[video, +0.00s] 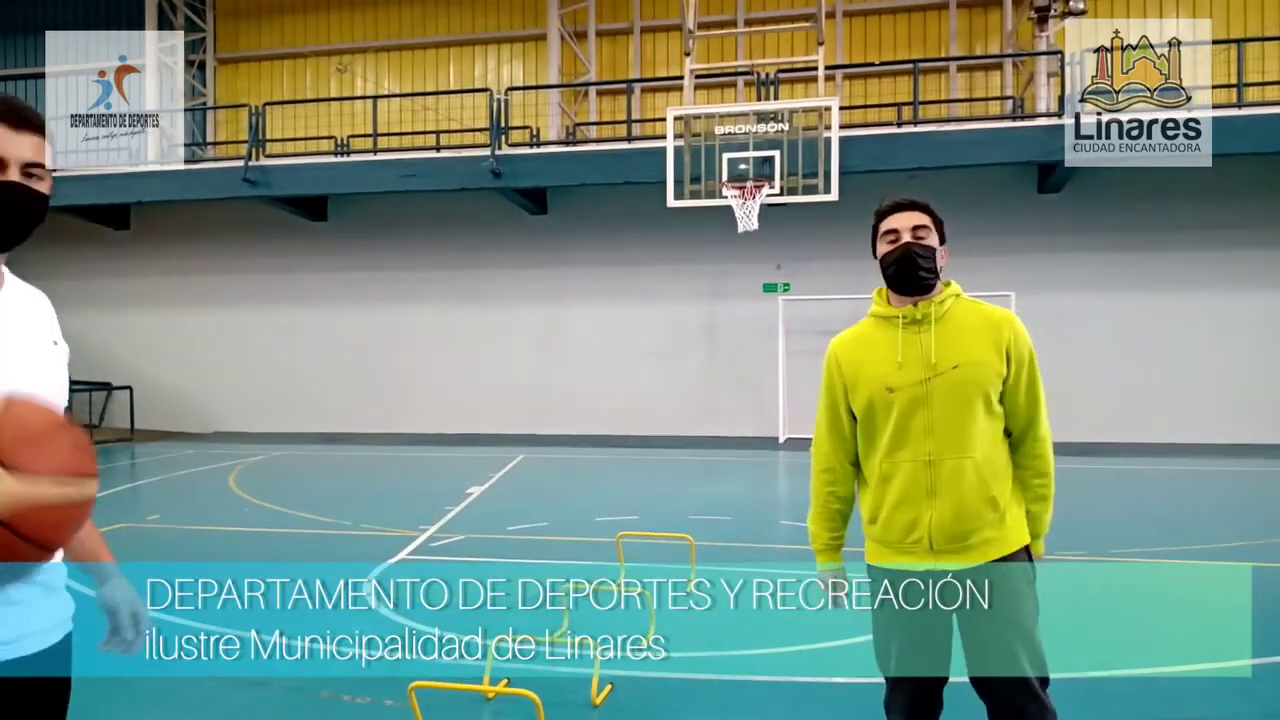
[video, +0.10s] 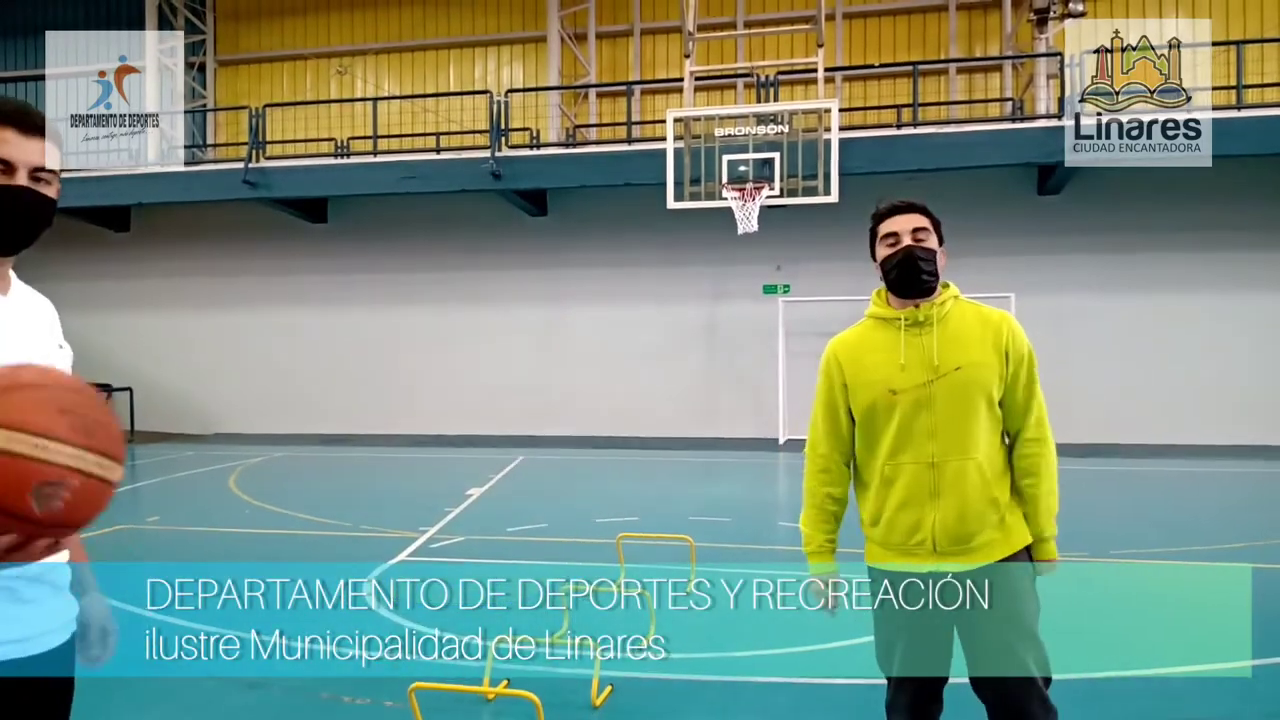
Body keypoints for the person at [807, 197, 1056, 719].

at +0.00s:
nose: (906, 241)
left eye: (919, 232)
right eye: (891, 236)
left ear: (943, 252)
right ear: (877, 259)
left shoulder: (1000, 330)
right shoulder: (849, 350)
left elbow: (1031, 439)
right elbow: (833, 458)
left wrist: (1033, 536)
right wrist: (828, 552)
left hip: (993, 551)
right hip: (899, 557)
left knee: (1019, 700)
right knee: (910, 703)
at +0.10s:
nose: (908, 245)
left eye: (920, 235)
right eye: (891, 240)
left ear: (942, 253)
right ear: (876, 261)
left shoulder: (998, 331)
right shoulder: (847, 352)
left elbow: (1031, 436)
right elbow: (827, 459)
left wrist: (1042, 535)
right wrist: (820, 555)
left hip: (994, 554)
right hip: (901, 560)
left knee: (1021, 702)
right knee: (910, 703)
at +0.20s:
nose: (912, 243)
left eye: (924, 233)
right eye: (895, 237)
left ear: (945, 250)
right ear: (879, 258)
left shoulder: (1000, 330)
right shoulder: (848, 350)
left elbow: (1040, 433)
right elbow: (825, 458)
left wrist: (1051, 532)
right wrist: (819, 555)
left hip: (995, 554)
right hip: (901, 560)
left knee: (1020, 701)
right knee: (911, 704)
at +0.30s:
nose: (919, 242)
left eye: (931, 231)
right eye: (902, 235)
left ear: (952, 248)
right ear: (886, 257)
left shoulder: (1006, 330)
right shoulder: (854, 349)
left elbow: (1046, 435)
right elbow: (829, 454)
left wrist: (1059, 530)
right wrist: (829, 550)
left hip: (999, 556)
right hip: (904, 560)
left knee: (1019, 702)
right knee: (912, 704)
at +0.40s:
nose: (931, 242)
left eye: (944, 233)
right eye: (914, 236)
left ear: (964, 252)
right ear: (896, 258)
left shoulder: (1017, 336)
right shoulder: (862, 351)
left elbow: (1051, 444)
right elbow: (837, 458)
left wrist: (1062, 539)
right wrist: (847, 555)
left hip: (1004, 562)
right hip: (909, 565)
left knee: (1021, 705)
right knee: (912, 705)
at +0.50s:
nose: (942, 243)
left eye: (955, 234)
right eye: (925, 237)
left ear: (975, 252)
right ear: (907, 258)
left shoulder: (1026, 339)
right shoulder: (870, 351)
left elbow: (1057, 452)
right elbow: (848, 461)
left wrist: (1064, 548)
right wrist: (858, 558)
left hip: (1009, 566)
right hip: (913, 568)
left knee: (1022, 707)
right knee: (914, 706)